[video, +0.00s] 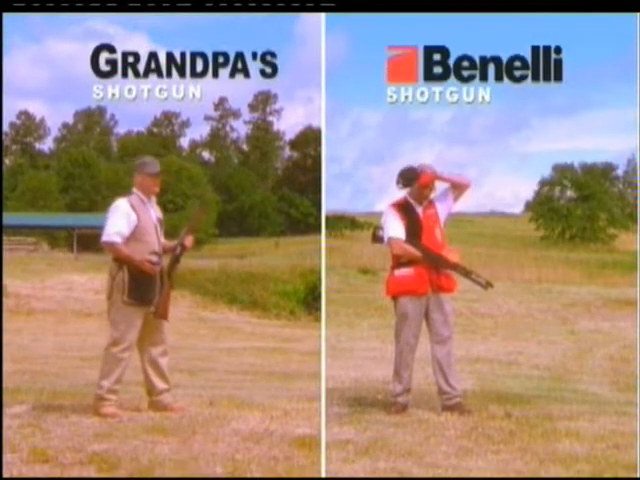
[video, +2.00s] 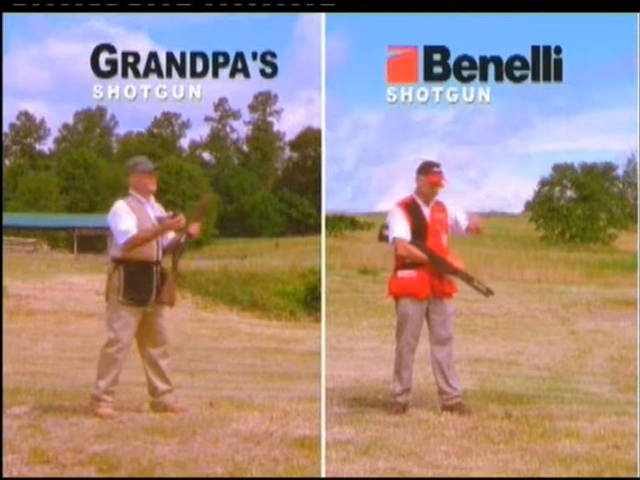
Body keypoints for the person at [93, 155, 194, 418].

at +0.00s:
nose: (157, 183)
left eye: (158, 178)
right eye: (152, 178)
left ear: (158, 181)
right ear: (138, 179)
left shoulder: (154, 209)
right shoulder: (123, 206)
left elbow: (155, 244)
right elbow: (110, 241)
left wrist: (178, 245)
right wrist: (139, 262)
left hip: (153, 275)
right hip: (128, 277)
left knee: (155, 341)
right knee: (121, 341)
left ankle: (160, 396)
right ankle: (106, 398)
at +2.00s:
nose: (153, 180)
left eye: (154, 176)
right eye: (147, 176)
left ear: (154, 180)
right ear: (132, 179)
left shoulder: (156, 208)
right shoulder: (121, 208)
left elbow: (165, 243)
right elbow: (127, 242)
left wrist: (184, 235)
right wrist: (163, 228)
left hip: (153, 272)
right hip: (127, 272)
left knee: (156, 341)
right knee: (119, 339)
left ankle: (161, 396)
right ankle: (102, 398)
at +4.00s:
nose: (133, 176)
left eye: (133, 172)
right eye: (126, 172)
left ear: (134, 177)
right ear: (113, 180)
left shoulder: (140, 198)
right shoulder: (110, 203)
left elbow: (173, 190)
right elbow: (138, 204)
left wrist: (180, 158)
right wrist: (145, 175)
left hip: (149, 265)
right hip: (124, 267)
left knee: (159, 337)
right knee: (115, 337)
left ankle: (163, 396)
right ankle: (96, 398)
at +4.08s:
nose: (131, 177)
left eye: (131, 173)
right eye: (124, 173)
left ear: (131, 178)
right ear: (111, 181)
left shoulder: (137, 198)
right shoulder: (106, 203)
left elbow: (170, 189)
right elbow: (136, 205)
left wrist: (176, 158)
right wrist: (142, 175)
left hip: (147, 265)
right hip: (122, 267)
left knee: (157, 337)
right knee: (114, 338)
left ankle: (163, 396)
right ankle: (95, 398)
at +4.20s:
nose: (129, 177)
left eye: (129, 173)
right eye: (122, 173)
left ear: (128, 178)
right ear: (109, 181)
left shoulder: (136, 198)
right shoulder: (105, 204)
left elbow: (169, 189)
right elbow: (134, 206)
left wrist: (175, 158)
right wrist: (140, 176)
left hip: (146, 268)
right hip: (120, 270)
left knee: (156, 338)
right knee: (113, 338)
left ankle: (163, 395)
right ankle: (95, 398)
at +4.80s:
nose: (135, 183)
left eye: (136, 179)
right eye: (130, 178)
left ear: (134, 181)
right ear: (116, 180)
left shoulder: (138, 201)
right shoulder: (106, 203)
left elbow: (173, 200)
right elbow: (133, 211)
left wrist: (182, 171)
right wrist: (145, 183)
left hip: (144, 266)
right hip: (119, 268)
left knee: (152, 337)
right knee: (112, 340)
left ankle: (162, 396)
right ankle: (94, 400)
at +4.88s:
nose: (139, 183)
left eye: (140, 178)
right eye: (134, 178)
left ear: (137, 181)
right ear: (119, 180)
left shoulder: (141, 201)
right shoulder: (109, 202)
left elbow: (175, 200)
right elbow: (136, 210)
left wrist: (186, 171)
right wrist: (148, 183)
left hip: (146, 266)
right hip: (120, 268)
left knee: (155, 336)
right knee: (112, 340)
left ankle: (162, 396)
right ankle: (94, 399)